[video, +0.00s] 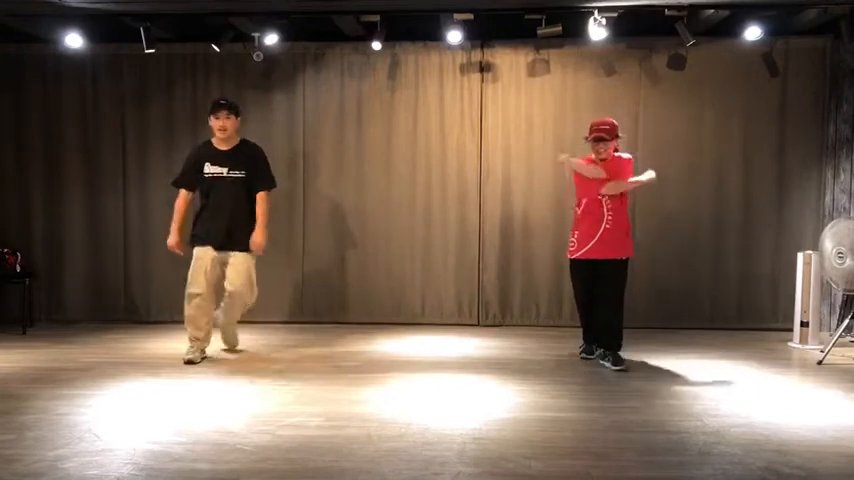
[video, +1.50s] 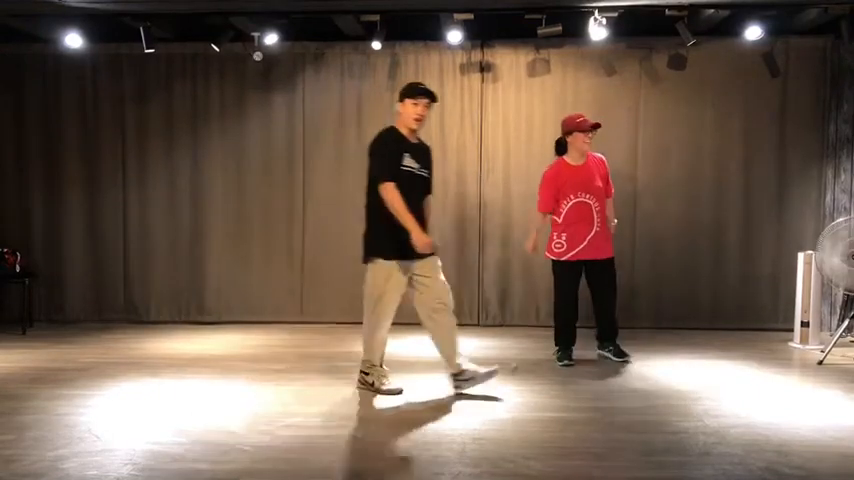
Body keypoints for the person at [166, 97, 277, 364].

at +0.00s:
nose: (222, 123)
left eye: (228, 117)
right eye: (217, 118)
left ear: (238, 121)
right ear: (210, 122)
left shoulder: (253, 153)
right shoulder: (200, 153)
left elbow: (262, 195)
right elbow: (184, 193)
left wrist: (260, 231)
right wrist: (175, 232)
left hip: (241, 239)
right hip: (207, 238)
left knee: (242, 291)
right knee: (198, 293)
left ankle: (227, 323)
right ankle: (196, 344)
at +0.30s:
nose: (239, 122)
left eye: (245, 117)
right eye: (234, 116)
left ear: (251, 122)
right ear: (223, 118)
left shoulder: (259, 155)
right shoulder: (209, 149)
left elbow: (274, 194)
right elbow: (195, 182)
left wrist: (287, 230)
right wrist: (192, 211)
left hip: (247, 239)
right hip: (212, 237)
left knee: (253, 294)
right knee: (203, 293)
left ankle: (260, 349)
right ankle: (197, 345)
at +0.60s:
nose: (283, 118)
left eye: (288, 113)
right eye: (277, 112)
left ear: (293, 119)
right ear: (265, 114)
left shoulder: (296, 156)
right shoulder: (246, 145)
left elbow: (299, 201)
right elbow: (229, 186)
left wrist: (298, 237)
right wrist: (227, 229)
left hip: (283, 241)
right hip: (249, 239)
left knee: (281, 302)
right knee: (238, 295)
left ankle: (272, 358)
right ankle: (214, 338)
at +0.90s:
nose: (315, 115)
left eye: (320, 110)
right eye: (308, 109)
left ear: (324, 115)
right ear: (295, 112)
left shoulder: (327, 150)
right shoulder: (278, 149)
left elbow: (343, 190)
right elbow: (266, 192)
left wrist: (363, 223)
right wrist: (269, 233)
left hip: (317, 238)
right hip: (292, 237)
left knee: (297, 301)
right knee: (315, 295)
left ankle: (274, 360)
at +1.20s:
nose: (363, 115)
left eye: (369, 110)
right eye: (357, 109)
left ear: (374, 115)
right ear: (344, 112)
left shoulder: (375, 150)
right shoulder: (330, 151)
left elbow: (385, 196)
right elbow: (324, 201)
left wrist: (392, 235)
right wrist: (330, 246)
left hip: (371, 243)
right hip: (345, 244)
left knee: (366, 301)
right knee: (355, 306)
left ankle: (307, 341)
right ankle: (366, 372)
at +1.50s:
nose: (420, 111)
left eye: (425, 107)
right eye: (414, 104)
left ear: (429, 112)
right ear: (400, 105)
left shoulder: (423, 150)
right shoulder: (385, 142)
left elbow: (422, 198)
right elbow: (386, 190)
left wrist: (424, 237)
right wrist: (416, 232)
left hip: (418, 244)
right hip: (387, 244)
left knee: (438, 304)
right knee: (380, 311)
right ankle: (371, 372)